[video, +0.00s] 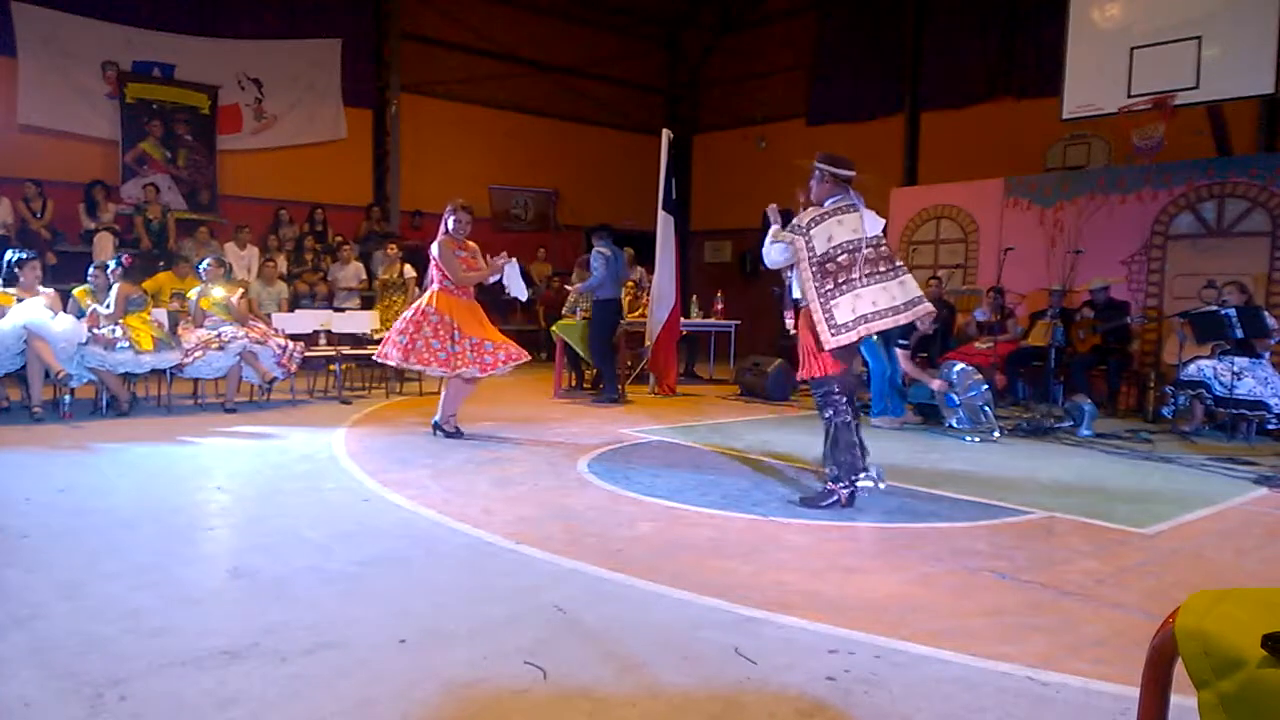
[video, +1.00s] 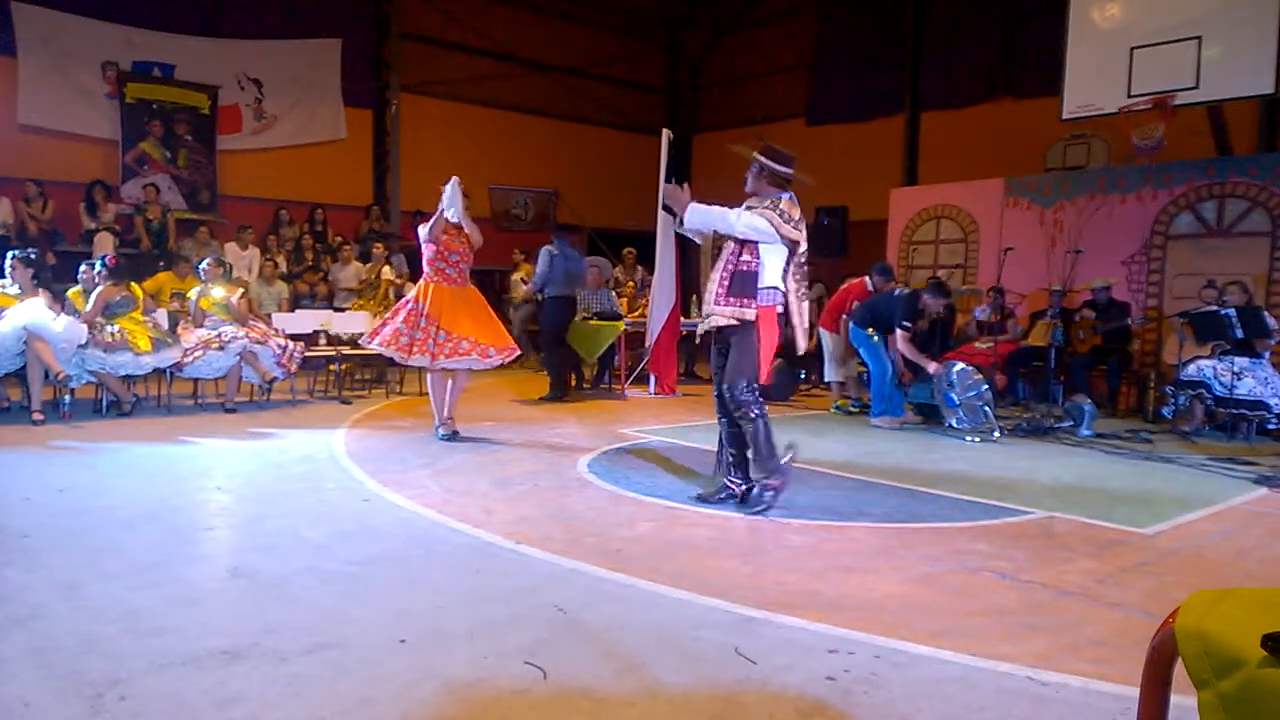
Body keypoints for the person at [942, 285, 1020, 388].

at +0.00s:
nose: (991, 301)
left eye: (995, 299)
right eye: (989, 298)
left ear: (1001, 300)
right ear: (985, 298)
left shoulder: (1007, 313)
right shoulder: (979, 313)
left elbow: (1012, 335)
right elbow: (974, 335)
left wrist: (991, 339)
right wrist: (969, 325)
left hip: (1002, 343)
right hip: (983, 343)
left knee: (983, 361)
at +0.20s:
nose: (991, 301)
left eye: (995, 299)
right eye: (989, 298)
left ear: (1001, 300)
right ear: (985, 298)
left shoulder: (1007, 313)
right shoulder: (979, 312)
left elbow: (1013, 335)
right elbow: (974, 334)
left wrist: (992, 339)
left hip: (1002, 344)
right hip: (983, 343)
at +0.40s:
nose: (991, 301)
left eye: (995, 299)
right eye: (989, 298)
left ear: (1001, 300)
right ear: (985, 298)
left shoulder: (1007, 313)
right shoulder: (979, 311)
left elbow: (1012, 335)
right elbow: (974, 334)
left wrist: (991, 339)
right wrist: (969, 324)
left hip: (1002, 343)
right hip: (983, 343)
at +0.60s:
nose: (991, 301)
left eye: (995, 299)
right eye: (989, 298)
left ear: (1002, 300)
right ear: (985, 298)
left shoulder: (1007, 313)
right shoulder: (981, 312)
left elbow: (1013, 335)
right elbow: (974, 334)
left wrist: (992, 339)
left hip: (1003, 343)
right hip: (984, 343)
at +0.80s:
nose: (992, 301)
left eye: (996, 298)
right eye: (989, 297)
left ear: (1002, 299)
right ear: (986, 298)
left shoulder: (1008, 313)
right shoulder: (981, 314)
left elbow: (1012, 335)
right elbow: (974, 335)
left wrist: (990, 339)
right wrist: (972, 322)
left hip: (1003, 343)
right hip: (983, 343)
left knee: (982, 361)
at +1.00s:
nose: (992, 301)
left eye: (996, 298)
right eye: (990, 297)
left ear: (1002, 299)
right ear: (986, 298)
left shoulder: (1008, 312)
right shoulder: (981, 312)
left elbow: (1012, 335)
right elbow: (974, 334)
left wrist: (991, 339)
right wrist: (967, 325)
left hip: (1003, 343)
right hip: (983, 343)